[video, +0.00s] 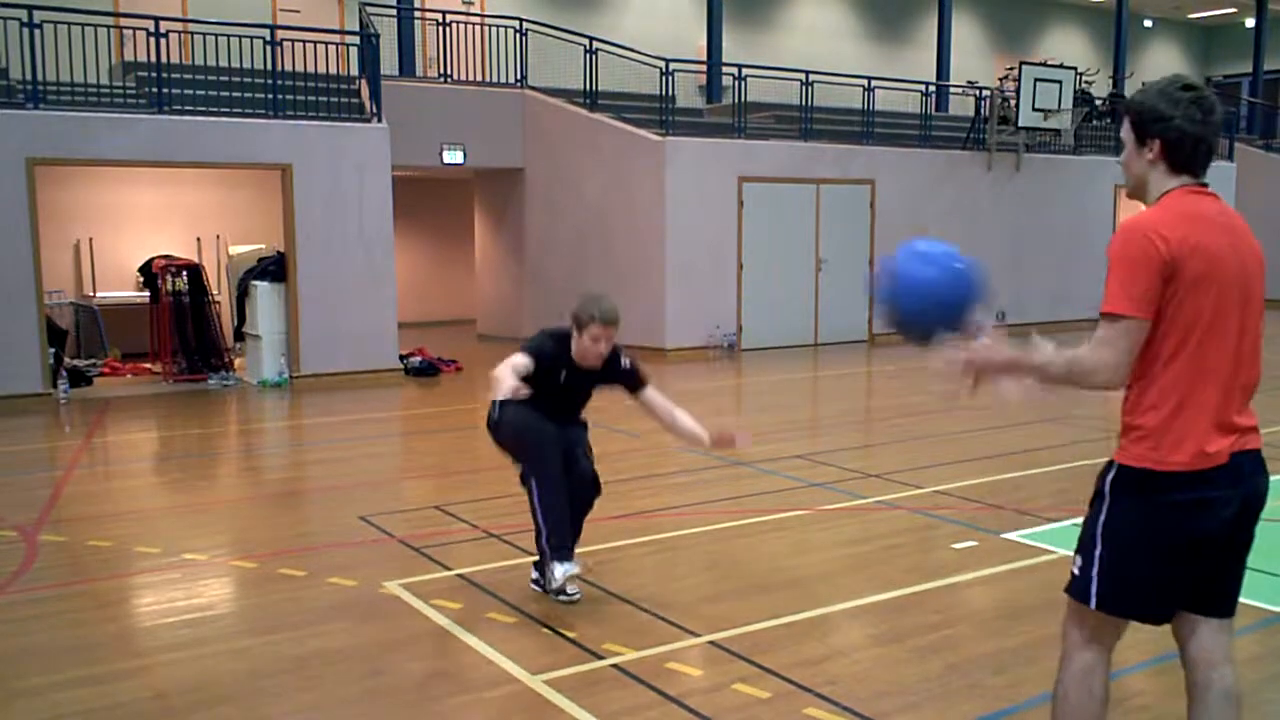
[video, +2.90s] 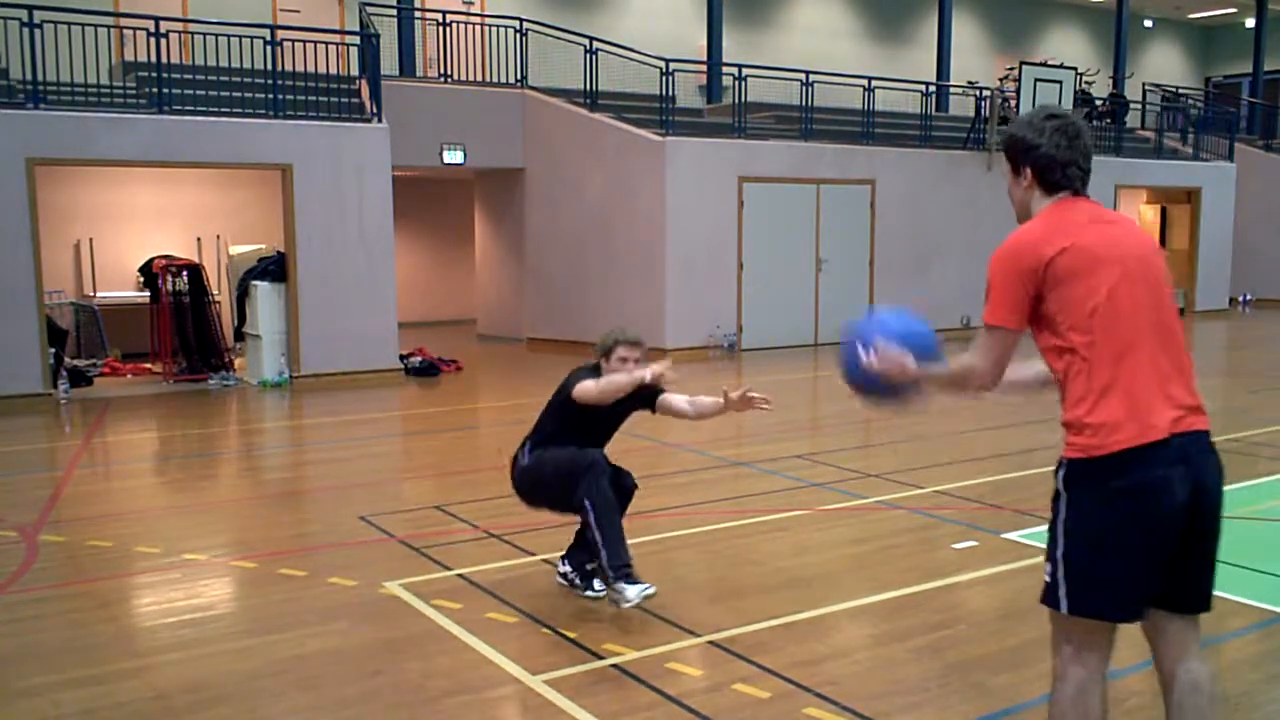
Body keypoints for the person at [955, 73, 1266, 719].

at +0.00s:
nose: (1120, 159)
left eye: (1124, 143)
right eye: (1122, 144)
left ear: (1149, 147)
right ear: (1196, 148)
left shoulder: (1146, 230)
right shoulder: (1239, 232)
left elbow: (1106, 365)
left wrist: (1009, 356)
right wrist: (1039, 363)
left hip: (1154, 475)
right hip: (1234, 472)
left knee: (1088, 637)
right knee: (1206, 636)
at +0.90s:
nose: (1116, 173)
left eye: (1117, 154)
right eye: (1115, 156)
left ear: (1139, 151)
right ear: (1190, 150)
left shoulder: (1149, 223)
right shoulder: (1247, 228)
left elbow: (1158, 357)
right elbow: (1257, 362)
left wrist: (1075, 387)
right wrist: (1124, 374)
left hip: (1176, 480)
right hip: (1257, 475)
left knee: (1117, 656)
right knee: (1216, 647)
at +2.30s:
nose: (1086, 188)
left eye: (1085, 171)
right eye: (1084, 173)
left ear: (1105, 166)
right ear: (1158, 161)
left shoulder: (1125, 236)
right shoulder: (1227, 234)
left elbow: (1150, 370)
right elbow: (1261, 360)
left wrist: (1098, 459)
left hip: (1180, 481)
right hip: (1256, 474)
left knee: (1112, 652)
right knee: (1223, 649)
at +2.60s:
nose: (1024, 219)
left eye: (1022, 204)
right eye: (1021, 205)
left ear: (1040, 201)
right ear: (1091, 193)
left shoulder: (1055, 265)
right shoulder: (1158, 246)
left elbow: (1075, 405)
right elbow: (1185, 376)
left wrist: (1060, 509)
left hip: (1164, 479)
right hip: (1245, 464)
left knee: (1113, 660)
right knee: (1218, 648)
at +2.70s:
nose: (1011, 214)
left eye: (1011, 198)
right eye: (1011, 199)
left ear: (1031, 197)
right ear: (1085, 191)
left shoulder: (1042, 265)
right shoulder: (1150, 246)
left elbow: (1033, 407)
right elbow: (1171, 383)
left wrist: (1006, 494)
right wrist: (1096, 475)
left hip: (1141, 476)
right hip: (1225, 464)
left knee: (1102, 660)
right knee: (1206, 653)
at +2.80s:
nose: (1008, 198)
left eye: (1008, 183)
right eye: (1008, 184)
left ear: (1027, 185)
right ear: (1079, 180)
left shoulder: (1033, 256)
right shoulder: (1138, 240)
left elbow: (999, 391)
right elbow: (1111, 381)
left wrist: (944, 439)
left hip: (1125, 474)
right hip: (1208, 461)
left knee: (1090, 655)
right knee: (1192, 646)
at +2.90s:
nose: (1007, 187)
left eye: (1008, 173)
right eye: (1007, 174)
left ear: (1025, 174)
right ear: (1078, 171)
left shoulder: (1027, 247)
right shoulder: (1135, 234)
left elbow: (980, 373)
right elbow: (1078, 363)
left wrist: (914, 373)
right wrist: (979, 378)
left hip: (1107, 470)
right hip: (1192, 460)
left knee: (1080, 656)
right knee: (1180, 641)